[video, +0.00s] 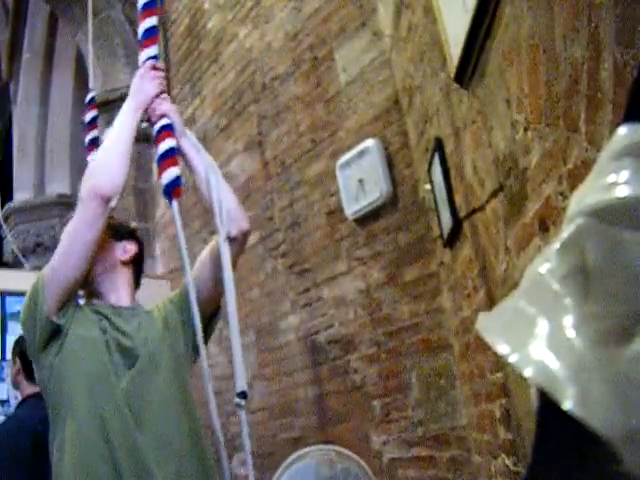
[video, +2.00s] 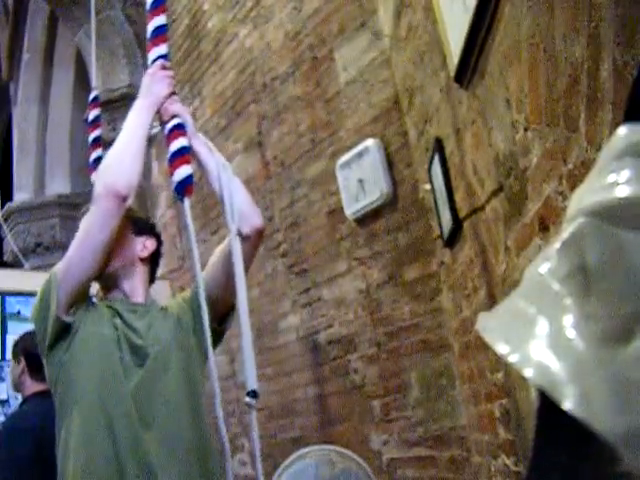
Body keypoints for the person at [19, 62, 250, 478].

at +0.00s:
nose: (84, 247)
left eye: (96, 237)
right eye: (83, 240)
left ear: (127, 250)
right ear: (72, 255)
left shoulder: (171, 322)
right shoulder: (53, 328)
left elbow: (234, 229)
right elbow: (98, 193)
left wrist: (179, 132)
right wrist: (134, 103)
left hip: (184, 470)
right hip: (86, 470)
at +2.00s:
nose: (101, 238)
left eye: (115, 230)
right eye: (102, 230)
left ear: (146, 245)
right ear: (88, 246)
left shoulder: (185, 320)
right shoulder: (66, 322)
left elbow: (248, 228)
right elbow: (112, 191)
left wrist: (193, 137)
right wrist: (145, 103)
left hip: (189, 470)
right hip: (92, 470)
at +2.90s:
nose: (148, 239)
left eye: (155, 231)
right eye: (137, 232)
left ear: (163, 244)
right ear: (108, 242)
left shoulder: (184, 331)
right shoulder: (65, 325)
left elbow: (251, 280)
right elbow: (126, 237)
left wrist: (193, 191)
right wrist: (142, 154)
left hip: (185, 471)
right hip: (94, 471)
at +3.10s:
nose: (153, 246)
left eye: (159, 235)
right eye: (136, 233)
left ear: (168, 249)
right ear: (97, 255)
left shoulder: (177, 326)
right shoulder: (58, 318)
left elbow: (252, 328)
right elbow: (127, 280)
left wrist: (200, 220)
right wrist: (149, 183)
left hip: (178, 471)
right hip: (90, 471)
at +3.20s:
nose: (152, 242)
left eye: (158, 235)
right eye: (135, 233)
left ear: (169, 251)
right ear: (104, 258)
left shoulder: (178, 334)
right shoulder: (53, 322)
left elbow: (252, 362)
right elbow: (119, 315)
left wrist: (204, 241)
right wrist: (157, 207)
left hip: (176, 472)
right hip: (85, 472)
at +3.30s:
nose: (160, 251)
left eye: (165, 241)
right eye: (143, 240)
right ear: (108, 259)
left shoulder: (180, 332)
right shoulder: (56, 321)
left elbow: (243, 402)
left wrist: (212, 280)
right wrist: (165, 243)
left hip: (175, 473)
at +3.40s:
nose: (163, 261)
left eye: (170, 248)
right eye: (148, 246)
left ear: (179, 256)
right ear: (111, 261)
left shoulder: (185, 332)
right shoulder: (60, 326)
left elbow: (237, 441)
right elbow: (86, 412)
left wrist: (217, 346)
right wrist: (170, 303)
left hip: (175, 473)